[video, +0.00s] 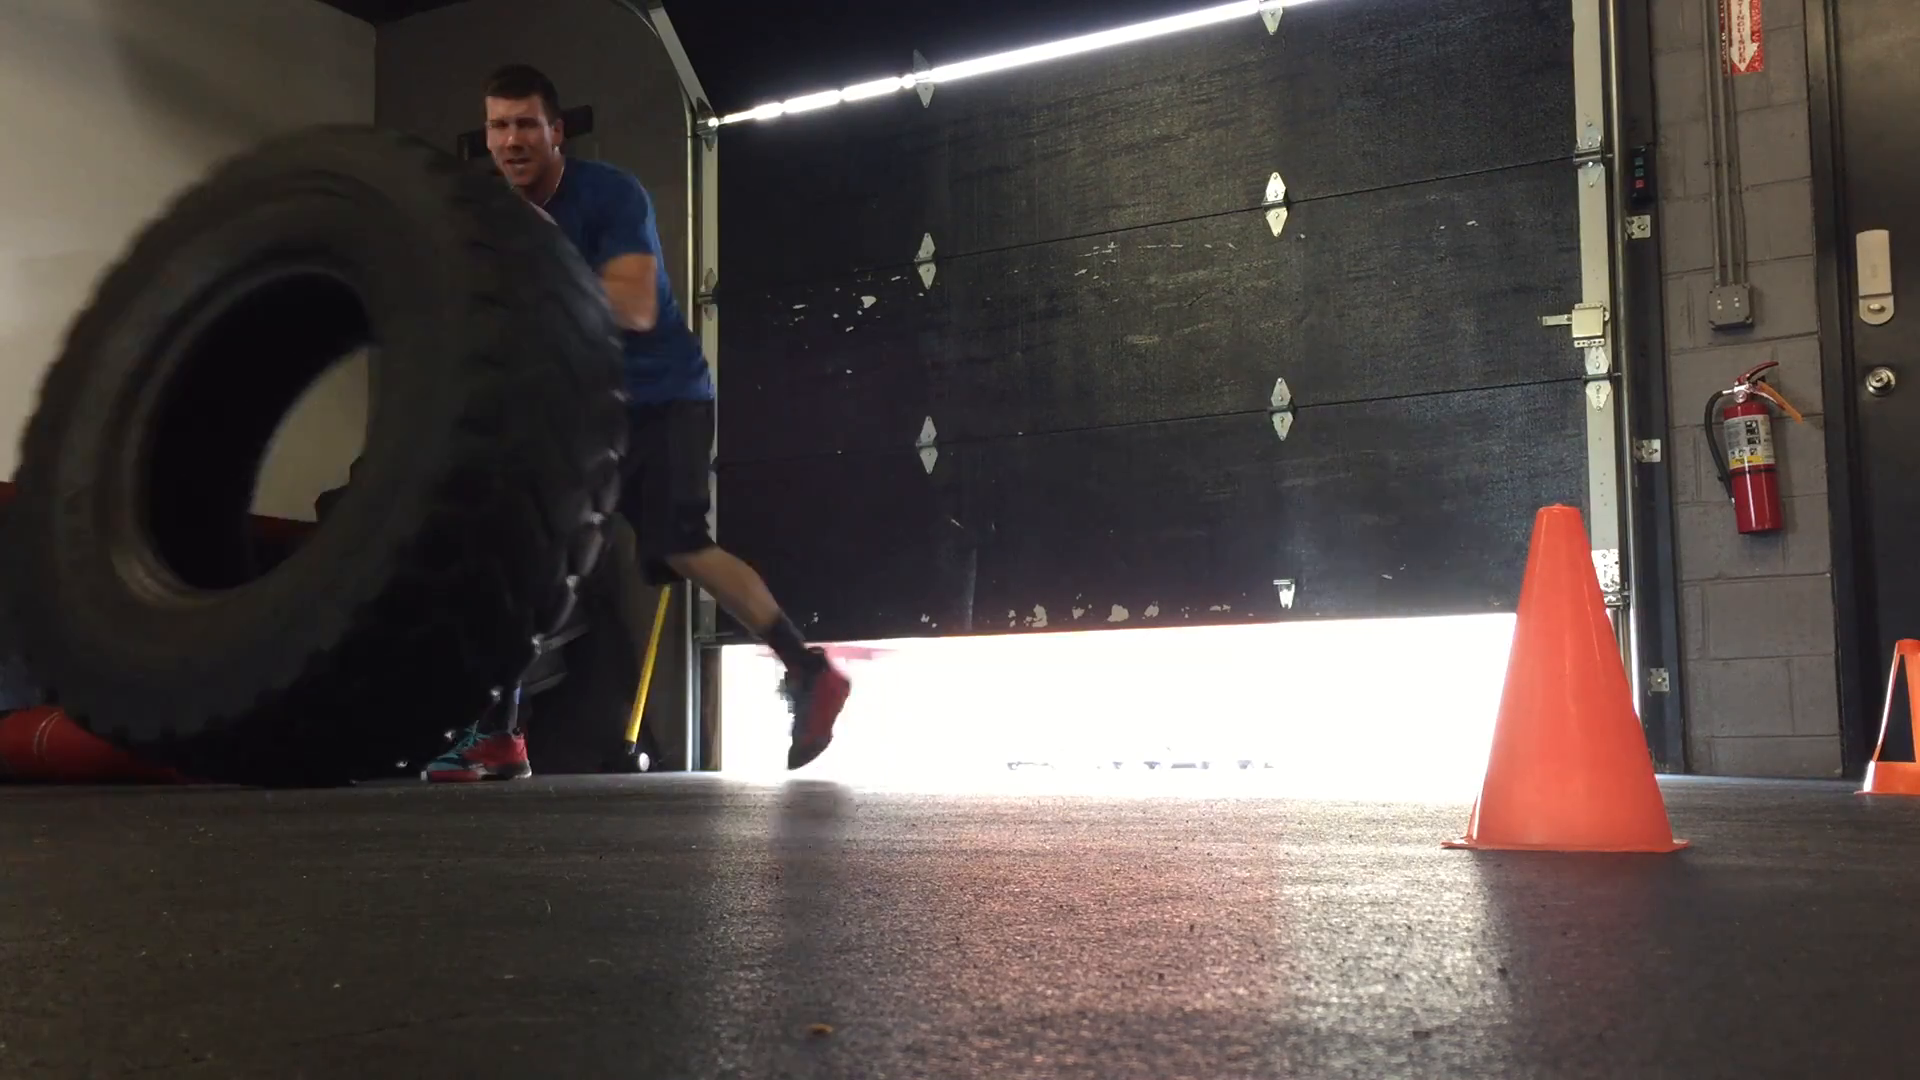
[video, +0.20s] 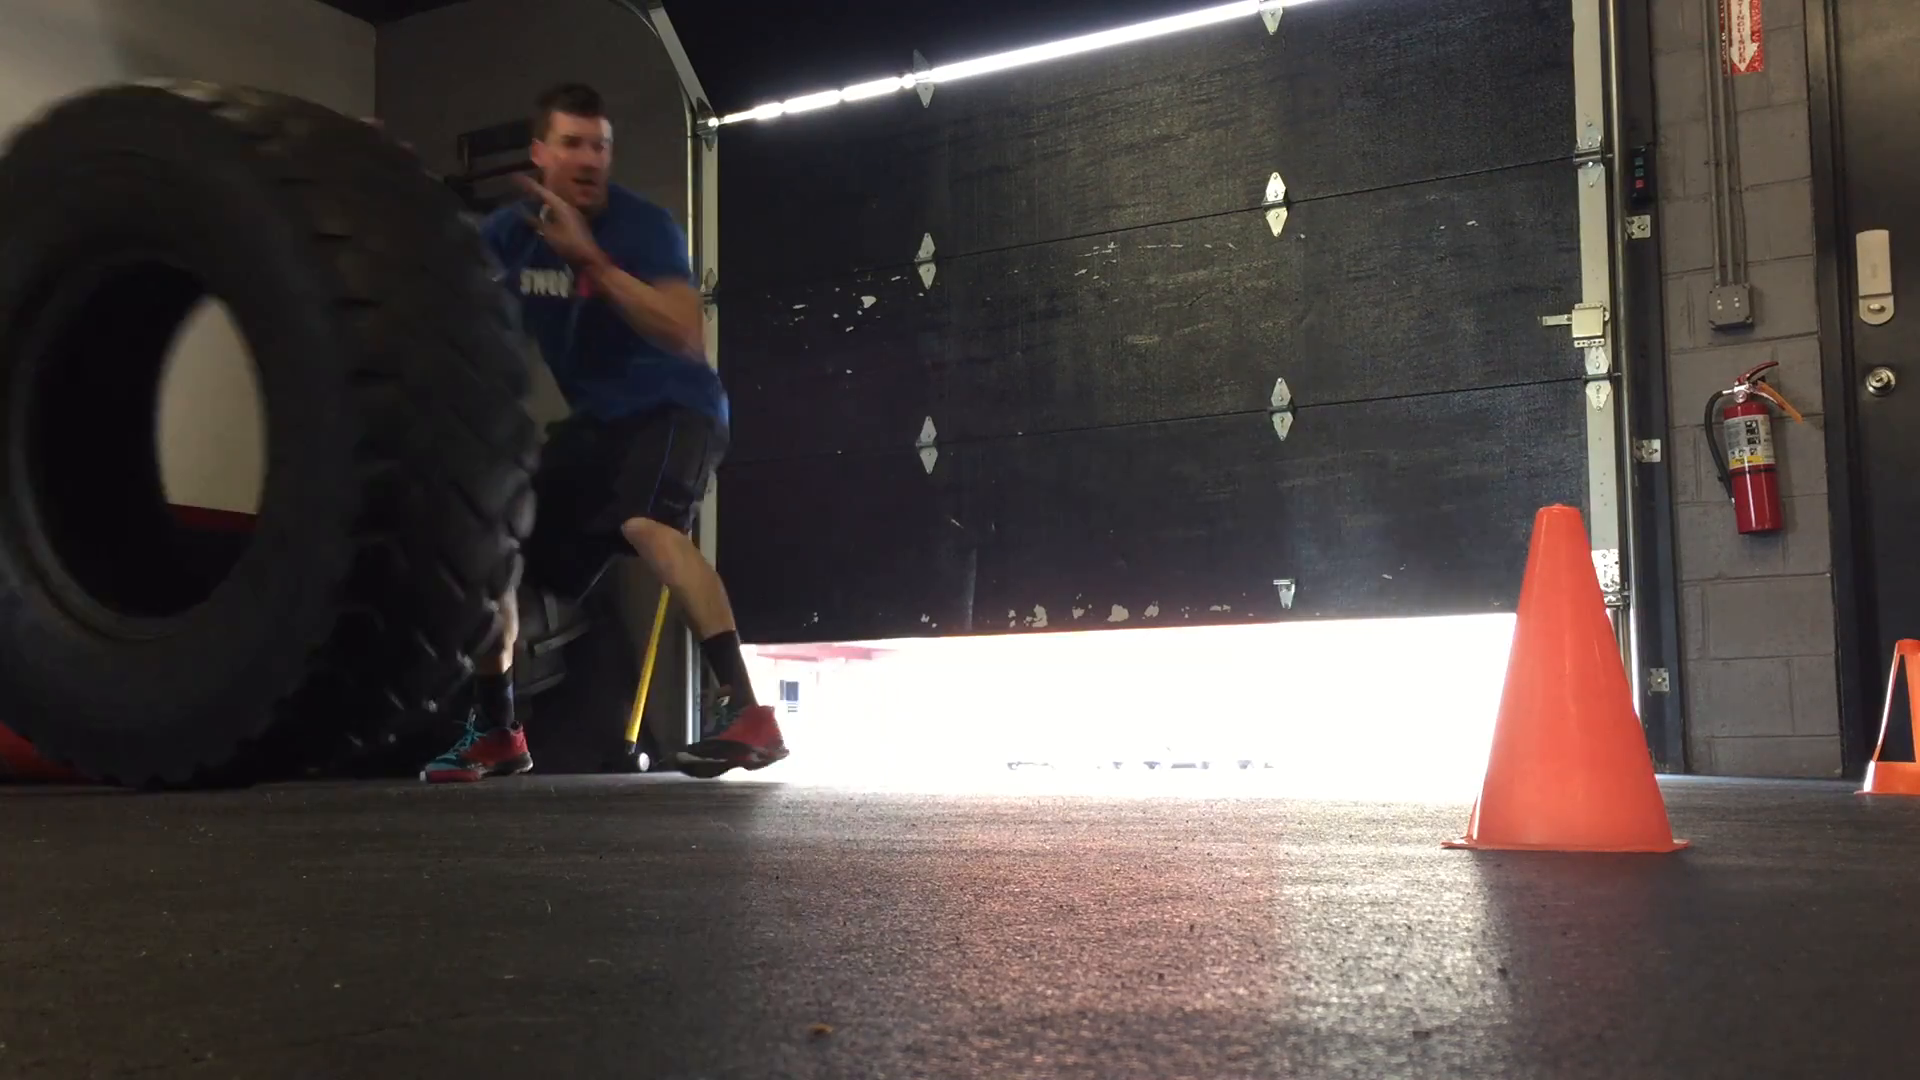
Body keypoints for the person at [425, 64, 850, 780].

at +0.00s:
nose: (511, 141)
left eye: (525, 125)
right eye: (498, 127)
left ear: (558, 131)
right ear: (486, 137)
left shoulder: (611, 193)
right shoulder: (494, 212)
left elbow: (636, 307)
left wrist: (533, 297)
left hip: (663, 394)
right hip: (576, 405)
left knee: (678, 542)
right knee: (537, 553)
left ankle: (809, 670)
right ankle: (497, 729)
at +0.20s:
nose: (589, 159)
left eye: (601, 145)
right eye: (572, 143)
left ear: (614, 154)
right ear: (536, 154)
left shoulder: (643, 223)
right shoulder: (509, 232)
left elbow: (687, 333)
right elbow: (446, 297)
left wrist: (588, 256)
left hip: (680, 405)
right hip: (598, 417)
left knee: (649, 519)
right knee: (491, 537)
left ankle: (750, 712)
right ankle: (498, 731)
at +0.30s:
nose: (650, 169)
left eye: (662, 156)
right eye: (633, 153)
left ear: (675, 167)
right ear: (594, 165)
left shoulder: (694, 246)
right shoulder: (564, 236)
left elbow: (791, 333)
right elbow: (473, 274)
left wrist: (701, 246)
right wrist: (447, 192)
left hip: (693, 434)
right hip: (601, 445)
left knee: (642, 516)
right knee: (494, 561)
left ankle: (745, 718)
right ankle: (496, 739)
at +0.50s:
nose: (833, 56)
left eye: (842, 43)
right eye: (816, 39)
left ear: (852, 58)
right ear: (771, 53)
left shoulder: (881, 144)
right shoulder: (731, 142)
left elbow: (1013, 202)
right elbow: (621, 167)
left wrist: (938, 154)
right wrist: (596, 69)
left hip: (852, 378)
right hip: (758, 373)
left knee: (742, 508)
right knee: (643, 525)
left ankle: (756, 719)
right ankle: (633, 699)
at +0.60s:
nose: (925, 20)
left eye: (938, 9)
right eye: (908, 5)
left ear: (950, 21)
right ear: (867, 9)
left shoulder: (974, 106)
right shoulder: (814, 92)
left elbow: (1074, 212)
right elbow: (711, 156)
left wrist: (988, 223)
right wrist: (683, 91)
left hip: (955, 336)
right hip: (860, 329)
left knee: (872, 466)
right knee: (755, 477)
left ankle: (853, 674)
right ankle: (822, 662)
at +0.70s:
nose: (1050, 13)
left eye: (1056, 5)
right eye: (1032, 0)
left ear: (1059, 17)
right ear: (985, 5)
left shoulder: (1083, 107)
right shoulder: (923, 87)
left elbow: (1146, 235)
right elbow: (814, 173)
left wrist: (1116, 298)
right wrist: (814, 150)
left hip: (1048, 324)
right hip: (950, 328)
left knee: (1036, 446)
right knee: (866, 510)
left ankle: (1131, 634)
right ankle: (921, 709)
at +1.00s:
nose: (1529, 155)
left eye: (1539, 137)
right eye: (1511, 131)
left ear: (1541, 143)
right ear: (1441, 121)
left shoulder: (1529, 254)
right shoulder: (1337, 210)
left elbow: (1637, 394)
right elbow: (1230, 310)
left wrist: (1772, 517)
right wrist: (1184, 443)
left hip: (1440, 440)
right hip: (1317, 457)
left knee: (1594, 519)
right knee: (1276, 643)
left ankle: (1682, 708)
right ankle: (1167, 710)